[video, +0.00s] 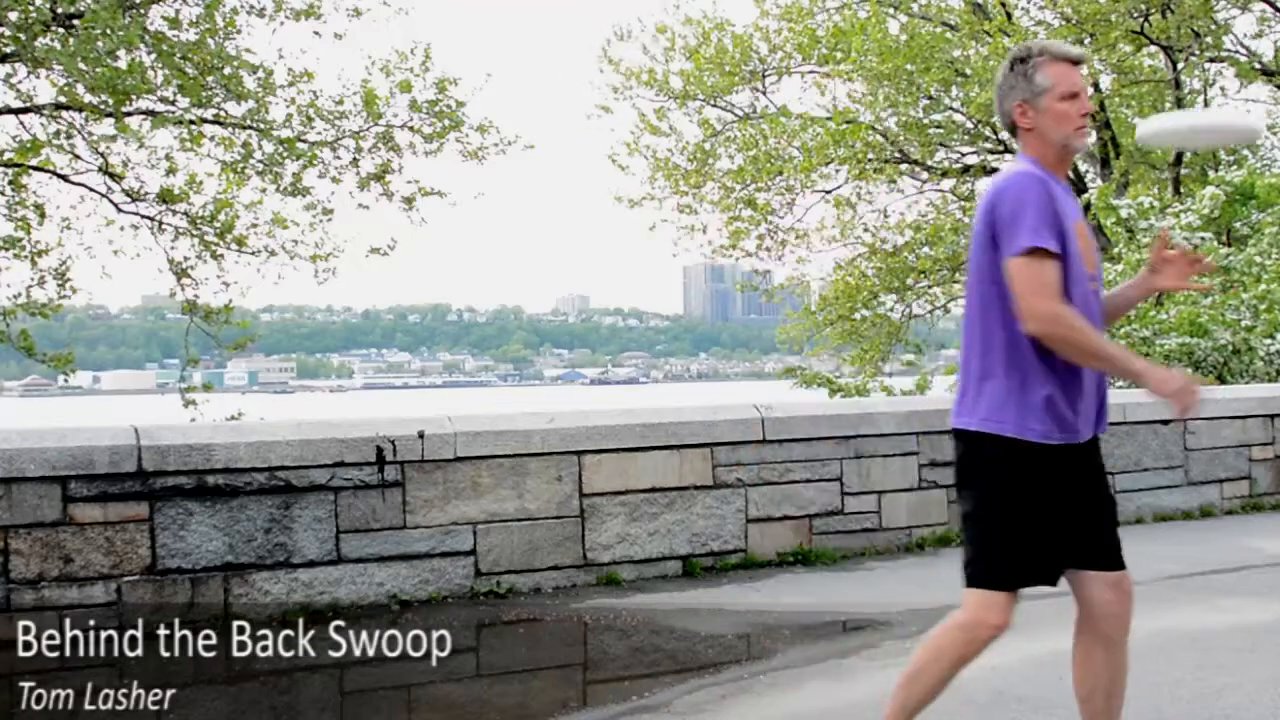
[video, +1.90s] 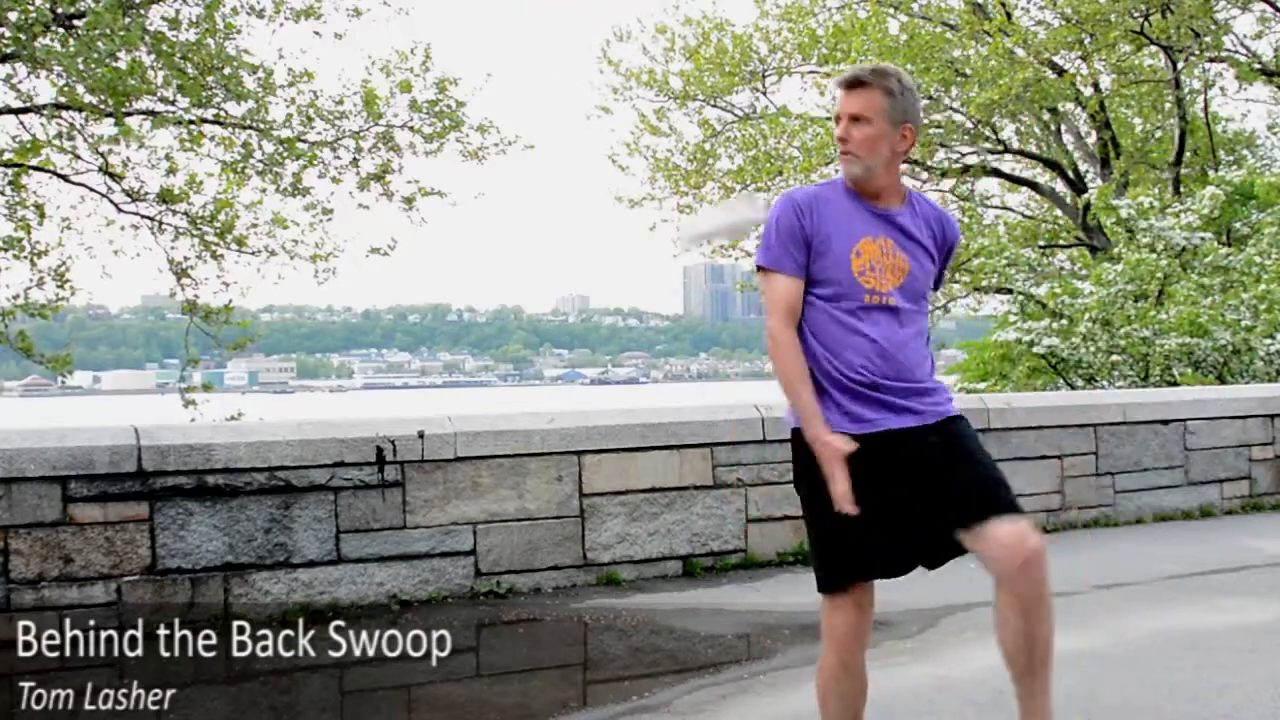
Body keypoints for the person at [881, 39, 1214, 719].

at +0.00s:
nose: (1087, 108)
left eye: (1086, 96)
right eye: (1069, 98)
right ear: (1024, 115)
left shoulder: (1060, 196)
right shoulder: (1020, 188)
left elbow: (1079, 318)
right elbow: (1040, 317)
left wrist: (1145, 282)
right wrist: (1148, 374)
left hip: (1067, 436)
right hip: (1003, 435)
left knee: (1108, 600)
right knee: (985, 613)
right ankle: (893, 713)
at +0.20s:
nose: (1063, 125)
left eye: (1063, 111)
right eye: (1050, 110)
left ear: (1018, 119)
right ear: (1000, 116)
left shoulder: (1028, 209)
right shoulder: (972, 189)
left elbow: (1046, 334)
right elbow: (968, 313)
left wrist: (1125, 296)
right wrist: (1066, 393)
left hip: (1033, 441)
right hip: (962, 439)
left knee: (1086, 603)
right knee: (934, 615)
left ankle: (1094, 719)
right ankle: (873, 717)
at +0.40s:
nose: (1032, 148)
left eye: (1034, 133)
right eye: (1021, 132)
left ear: (990, 138)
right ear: (974, 132)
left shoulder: (993, 230)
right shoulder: (923, 203)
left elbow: (1004, 360)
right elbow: (890, 320)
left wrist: (1111, 350)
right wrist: (977, 414)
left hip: (993, 451)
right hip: (912, 452)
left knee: (1076, 598)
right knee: (892, 634)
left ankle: (1096, 719)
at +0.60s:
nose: (1007, 168)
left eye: (1010, 154)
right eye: (999, 152)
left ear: (965, 153)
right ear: (951, 147)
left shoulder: (973, 247)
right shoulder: (889, 214)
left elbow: (979, 374)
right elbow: (837, 326)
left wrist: (1087, 413)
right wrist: (890, 439)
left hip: (964, 448)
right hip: (875, 455)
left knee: (1065, 574)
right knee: (880, 640)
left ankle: (1070, 717)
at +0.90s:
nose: (991, 191)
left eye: (995, 178)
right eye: (983, 174)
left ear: (950, 172)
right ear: (935, 165)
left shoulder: (954, 266)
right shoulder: (867, 226)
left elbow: (958, 387)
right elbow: (805, 337)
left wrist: (1031, 468)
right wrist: (802, 456)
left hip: (931, 446)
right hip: (850, 460)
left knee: (1046, 510)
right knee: (863, 644)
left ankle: (1068, 710)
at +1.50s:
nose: (919, 187)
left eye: (931, 175)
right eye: (907, 170)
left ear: (941, 177)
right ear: (870, 160)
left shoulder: (930, 262)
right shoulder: (815, 229)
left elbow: (915, 371)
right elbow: (757, 338)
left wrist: (939, 457)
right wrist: (741, 451)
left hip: (908, 436)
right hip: (825, 453)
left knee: (1042, 478)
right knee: (846, 641)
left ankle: (1106, 685)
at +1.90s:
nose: (842, 135)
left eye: (859, 123)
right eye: (839, 122)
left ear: (904, 140)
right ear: (835, 130)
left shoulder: (938, 227)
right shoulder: (800, 210)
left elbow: (904, 325)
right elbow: (779, 328)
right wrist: (819, 435)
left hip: (928, 424)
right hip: (835, 435)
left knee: (1021, 553)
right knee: (847, 624)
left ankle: (1036, 715)